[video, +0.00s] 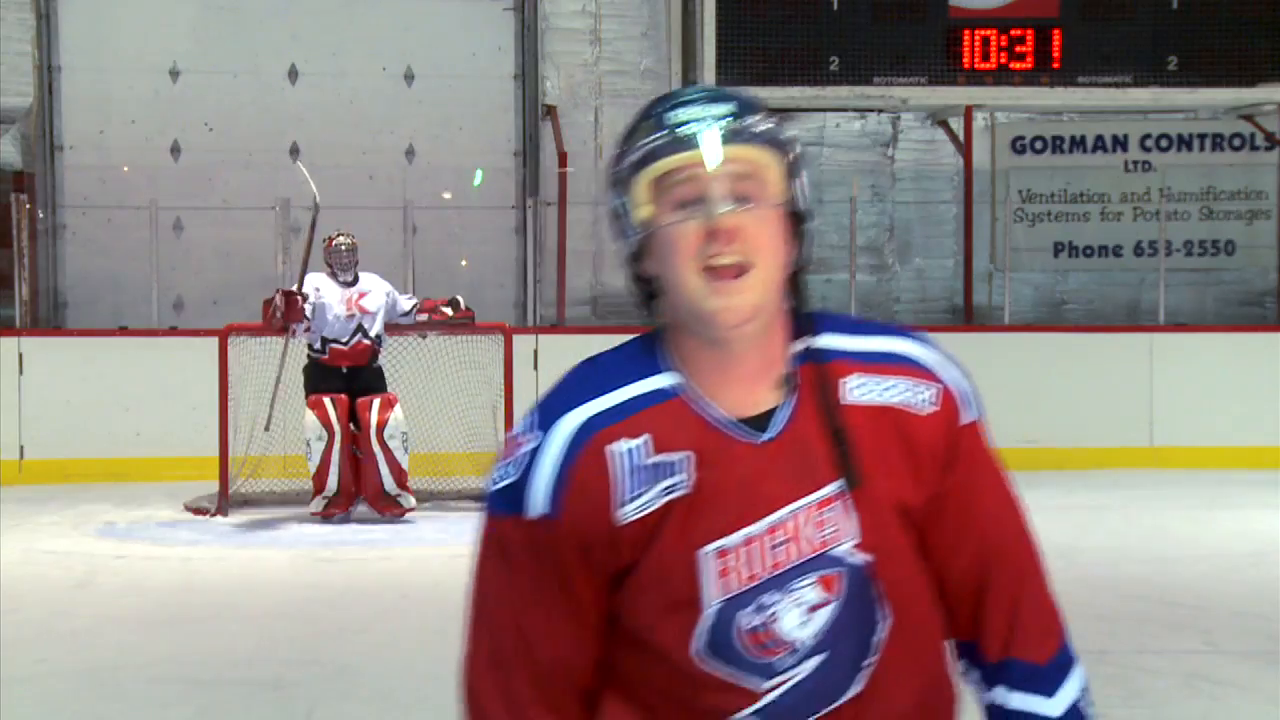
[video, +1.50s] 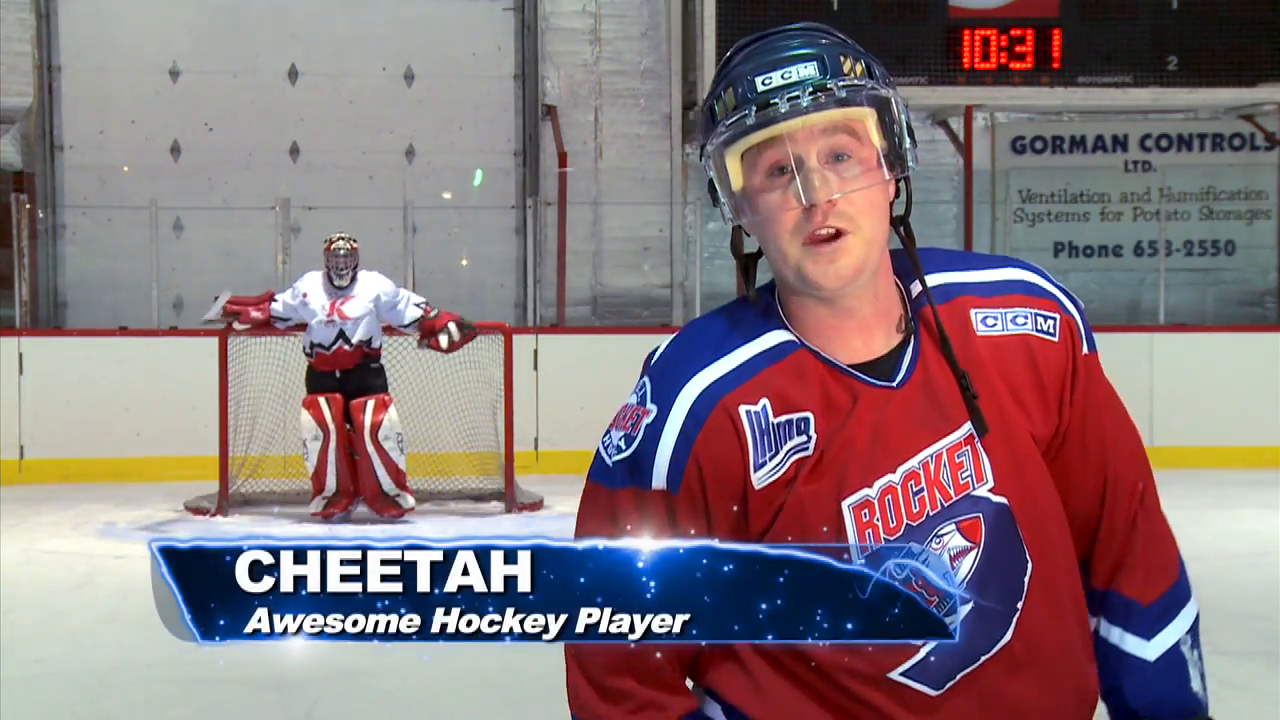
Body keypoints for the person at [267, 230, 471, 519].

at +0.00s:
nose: (344, 259)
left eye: (349, 253)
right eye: (338, 254)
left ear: (356, 254)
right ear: (328, 257)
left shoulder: (375, 284)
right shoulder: (315, 284)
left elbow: (404, 308)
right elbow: (301, 321)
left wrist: (442, 307)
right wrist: (291, 309)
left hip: (366, 372)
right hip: (325, 374)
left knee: (382, 429)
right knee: (330, 432)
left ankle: (388, 499)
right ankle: (332, 501)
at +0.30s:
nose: (343, 258)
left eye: (347, 252)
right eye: (336, 253)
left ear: (355, 254)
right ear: (326, 258)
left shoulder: (375, 286)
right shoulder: (313, 287)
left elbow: (406, 308)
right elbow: (292, 333)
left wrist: (442, 307)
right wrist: (293, 321)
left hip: (366, 373)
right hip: (325, 374)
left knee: (384, 426)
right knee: (333, 429)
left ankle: (386, 498)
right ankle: (332, 501)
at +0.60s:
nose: (343, 260)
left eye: (348, 254)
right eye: (337, 255)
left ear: (356, 256)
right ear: (327, 259)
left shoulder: (377, 285)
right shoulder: (312, 288)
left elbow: (407, 309)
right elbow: (292, 330)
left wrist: (441, 307)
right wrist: (286, 325)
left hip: (367, 373)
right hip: (325, 374)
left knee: (383, 426)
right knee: (333, 430)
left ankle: (385, 499)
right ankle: (333, 501)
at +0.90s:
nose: (349, 265)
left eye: (354, 259)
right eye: (343, 259)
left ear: (362, 260)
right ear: (333, 260)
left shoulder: (379, 286)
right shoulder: (314, 287)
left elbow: (416, 307)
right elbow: (282, 313)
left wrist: (450, 309)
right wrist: (251, 312)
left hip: (368, 372)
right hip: (326, 374)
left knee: (382, 430)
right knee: (331, 433)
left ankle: (387, 498)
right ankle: (332, 501)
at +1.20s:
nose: (348, 262)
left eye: (354, 257)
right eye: (343, 256)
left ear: (363, 259)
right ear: (334, 259)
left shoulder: (381, 287)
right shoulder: (314, 285)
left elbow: (418, 308)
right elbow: (280, 308)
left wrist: (451, 310)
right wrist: (245, 306)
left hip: (366, 372)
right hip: (324, 374)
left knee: (377, 431)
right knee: (326, 433)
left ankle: (386, 499)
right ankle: (334, 500)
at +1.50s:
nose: (341, 264)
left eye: (347, 258)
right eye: (336, 258)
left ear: (356, 260)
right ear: (326, 261)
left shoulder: (375, 286)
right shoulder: (309, 287)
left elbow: (414, 311)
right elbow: (273, 309)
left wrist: (445, 323)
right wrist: (237, 309)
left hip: (366, 375)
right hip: (322, 377)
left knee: (376, 433)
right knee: (325, 436)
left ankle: (388, 499)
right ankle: (333, 499)